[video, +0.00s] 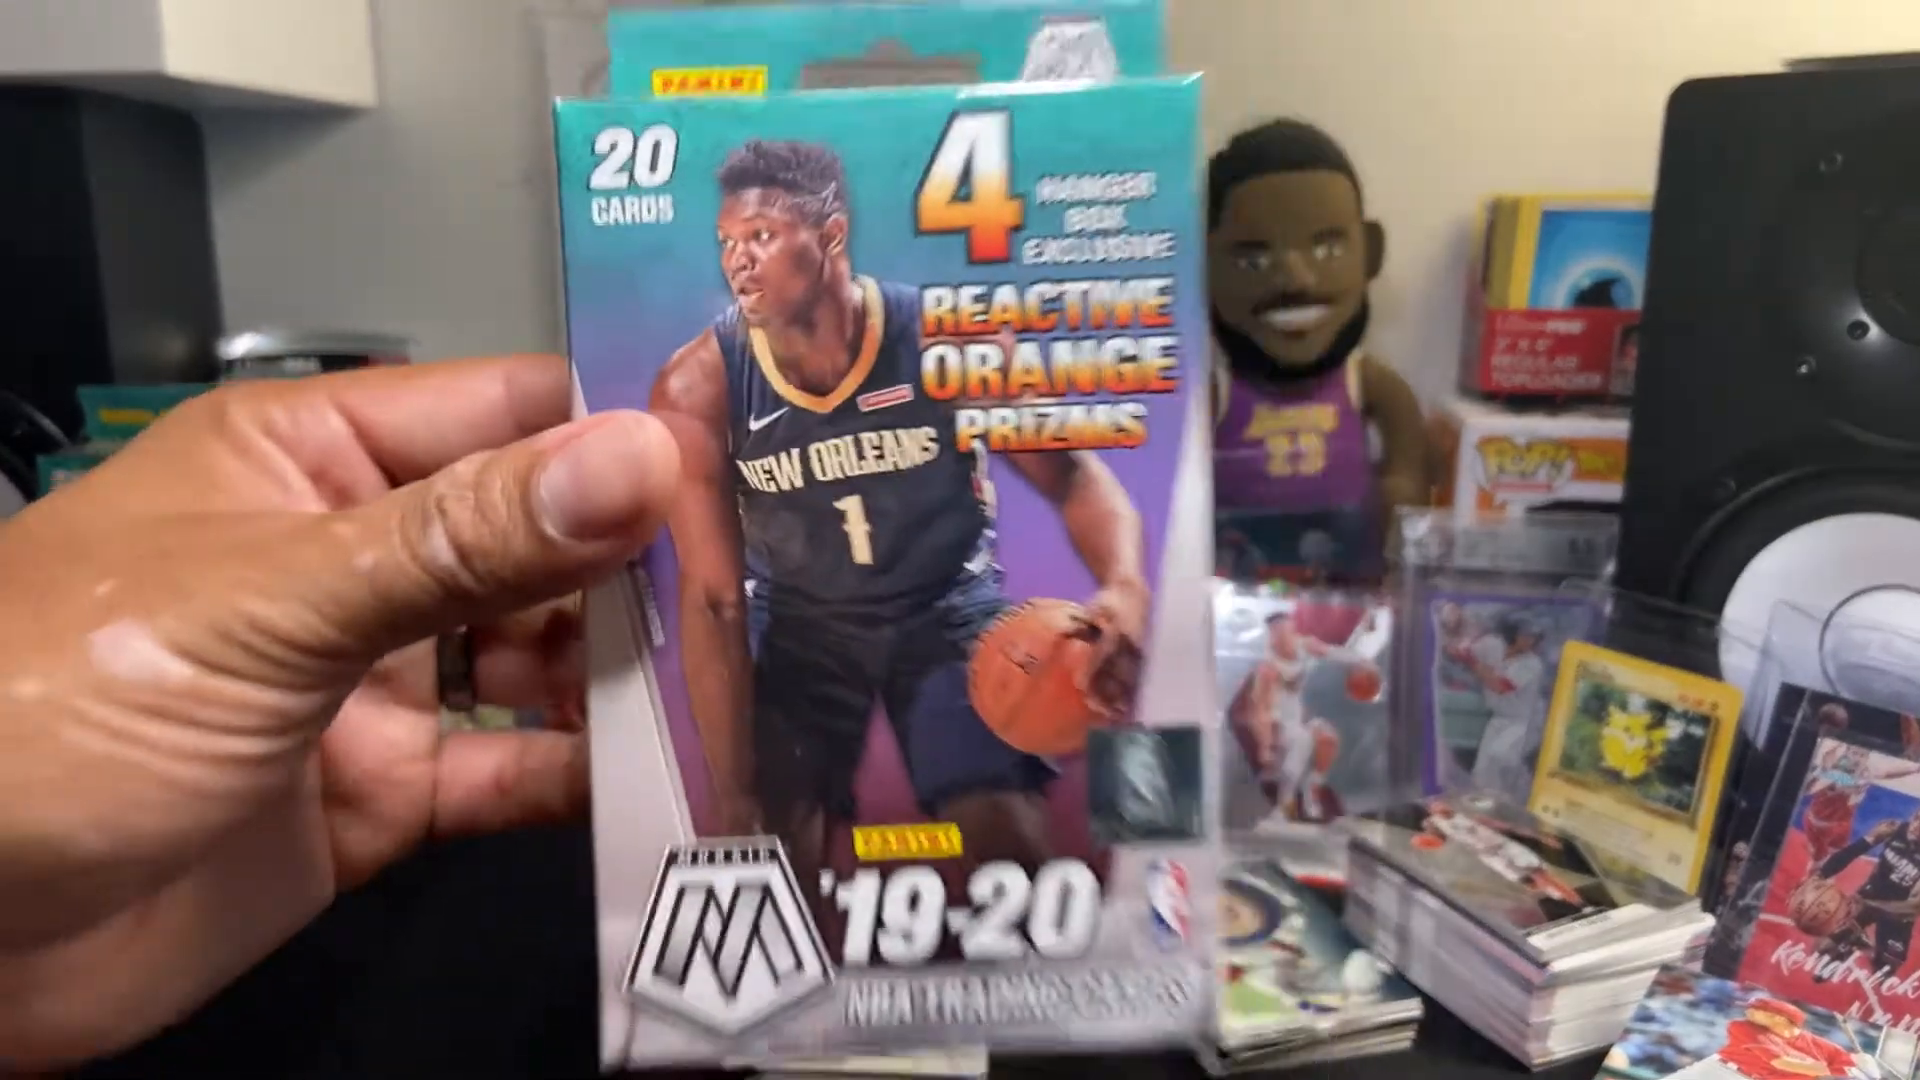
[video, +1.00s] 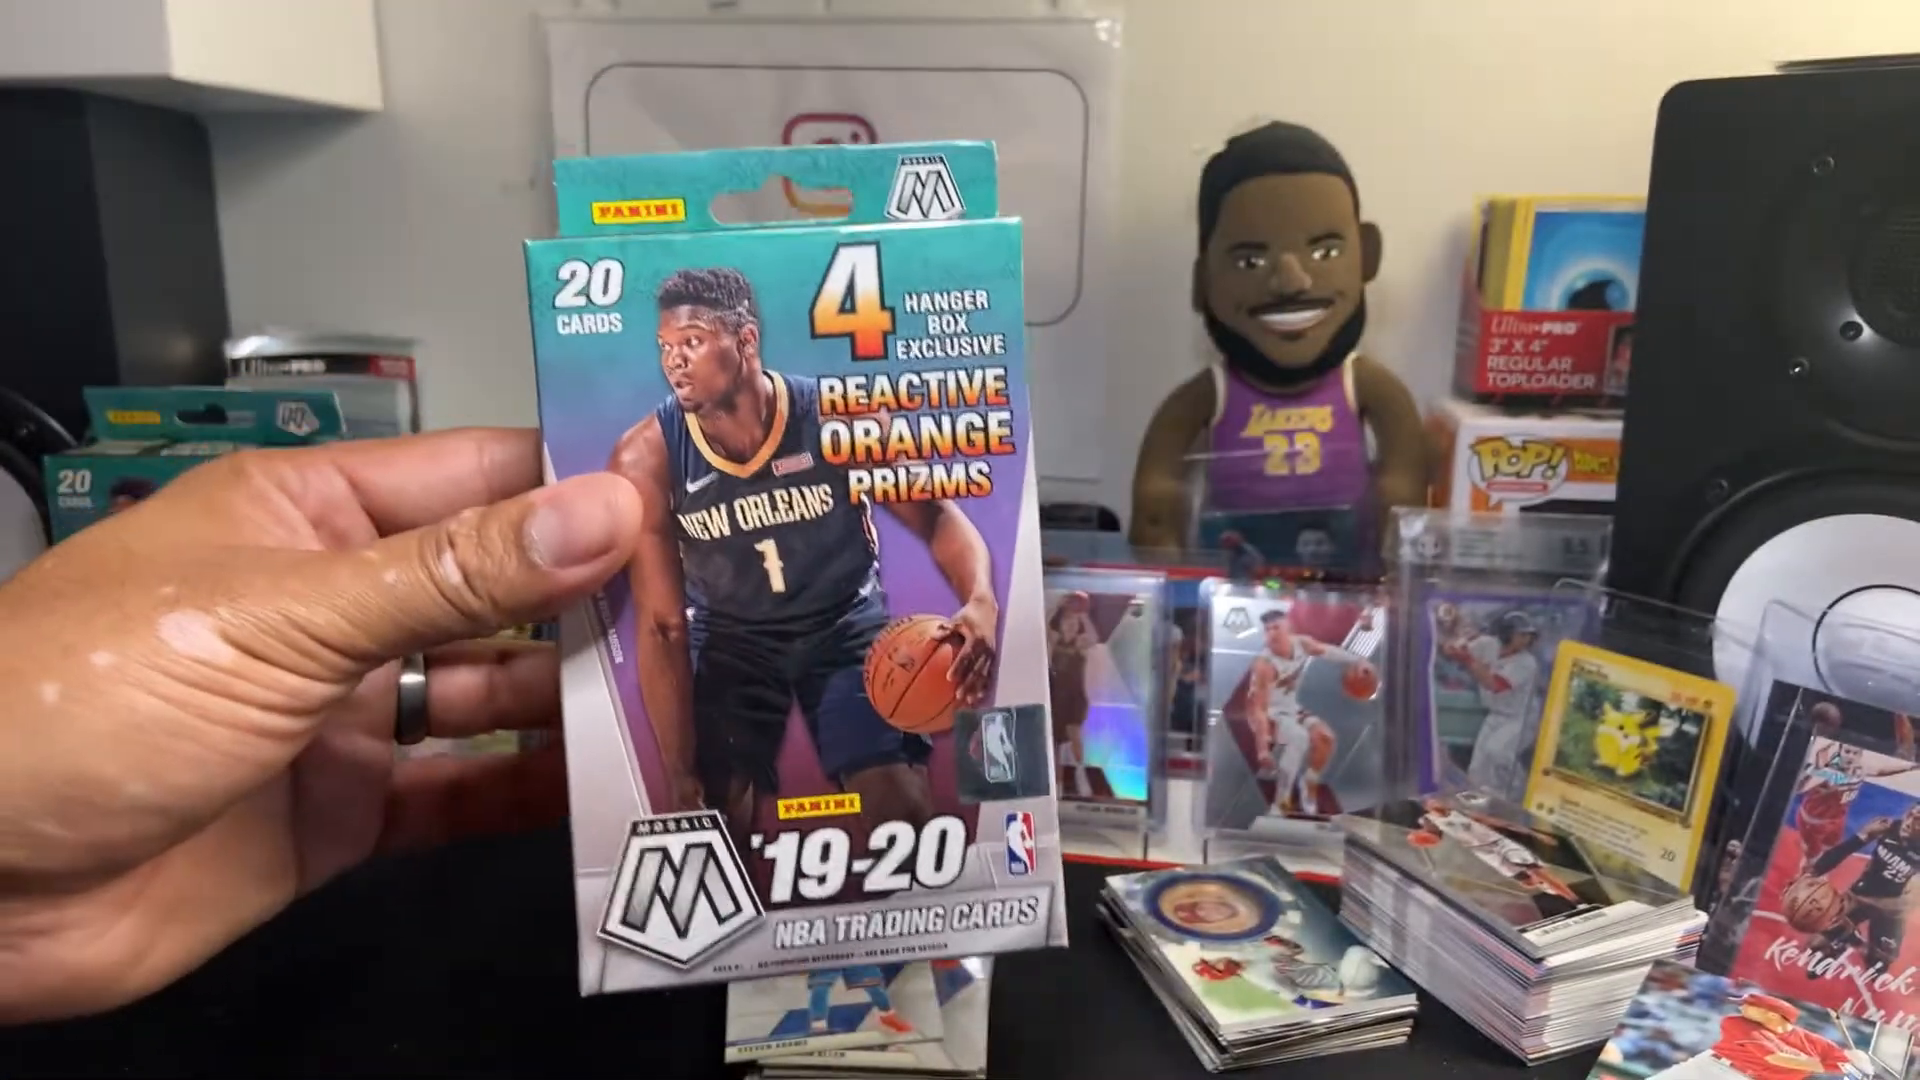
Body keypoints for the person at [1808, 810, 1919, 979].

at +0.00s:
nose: (1915, 827)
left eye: (1919, 824)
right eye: (1915, 819)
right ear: (1911, 818)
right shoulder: (1893, 830)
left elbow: (1912, 908)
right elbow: (1853, 851)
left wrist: (1866, 906)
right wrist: (1821, 874)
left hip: (1899, 912)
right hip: (1869, 898)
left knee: (1885, 972)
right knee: (1825, 949)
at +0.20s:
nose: (1913, 825)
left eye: (1918, 823)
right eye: (1913, 818)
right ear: (1908, 817)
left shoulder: (1917, 857)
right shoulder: (1889, 829)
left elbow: (1911, 905)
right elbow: (1850, 849)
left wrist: (1865, 904)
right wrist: (1819, 871)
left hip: (1896, 909)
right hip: (1866, 896)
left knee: (1882, 967)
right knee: (1820, 947)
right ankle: (1846, 945)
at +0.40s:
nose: (1911, 824)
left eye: (1917, 822)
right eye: (1911, 817)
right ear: (1906, 816)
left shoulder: (1917, 857)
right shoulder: (1886, 829)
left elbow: (1909, 905)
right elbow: (1848, 849)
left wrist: (1861, 903)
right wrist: (1816, 871)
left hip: (1895, 908)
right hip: (1864, 895)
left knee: (1881, 966)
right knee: (1819, 947)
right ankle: (1845, 944)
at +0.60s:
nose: (1910, 823)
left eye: (1917, 822)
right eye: (1911, 816)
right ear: (1906, 815)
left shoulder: (1917, 854)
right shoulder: (1885, 828)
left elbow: (1911, 902)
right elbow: (1846, 848)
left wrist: (1860, 902)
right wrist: (1815, 871)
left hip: (1893, 911)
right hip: (1861, 897)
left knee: (1878, 969)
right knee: (1817, 948)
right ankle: (1847, 940)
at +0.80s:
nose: (1910, 823)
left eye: (1917, 821)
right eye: (1910, 816)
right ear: (1905, 814)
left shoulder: (1917, 852)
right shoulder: (1885, 828)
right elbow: (1846, 849)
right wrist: (1814, 871)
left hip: (1892, 910)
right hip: (1858, 897)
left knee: (1877, 970)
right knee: (1815, 949)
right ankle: (1845, 941)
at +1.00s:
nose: (1910, 823)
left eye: (1917, 821)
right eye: (1910, 816)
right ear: (1905, 814)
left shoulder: (1917, 854)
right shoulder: (1884, 828)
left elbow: (1910, 902)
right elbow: (1844, 849)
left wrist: (1859, 902)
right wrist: (1813, 872)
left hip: (1892, 910)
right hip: (1860, 896)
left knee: (1877, 970)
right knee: (1815, 948)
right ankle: (1845, 941)